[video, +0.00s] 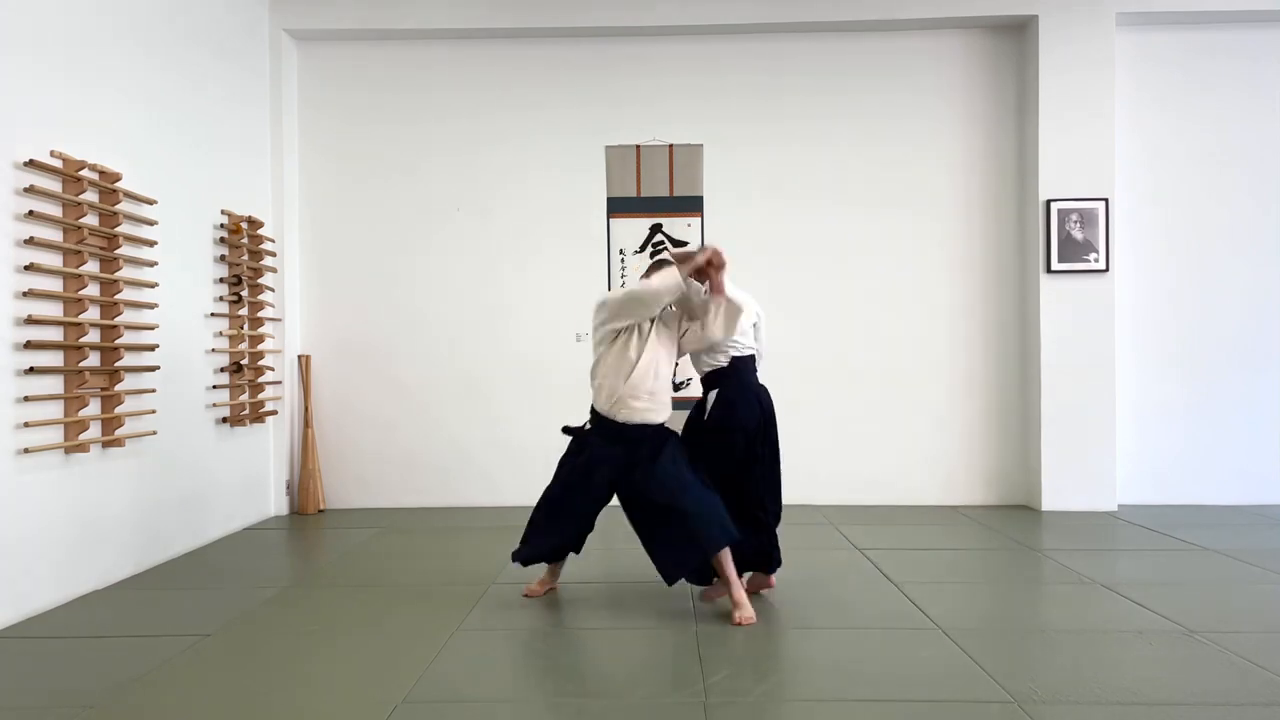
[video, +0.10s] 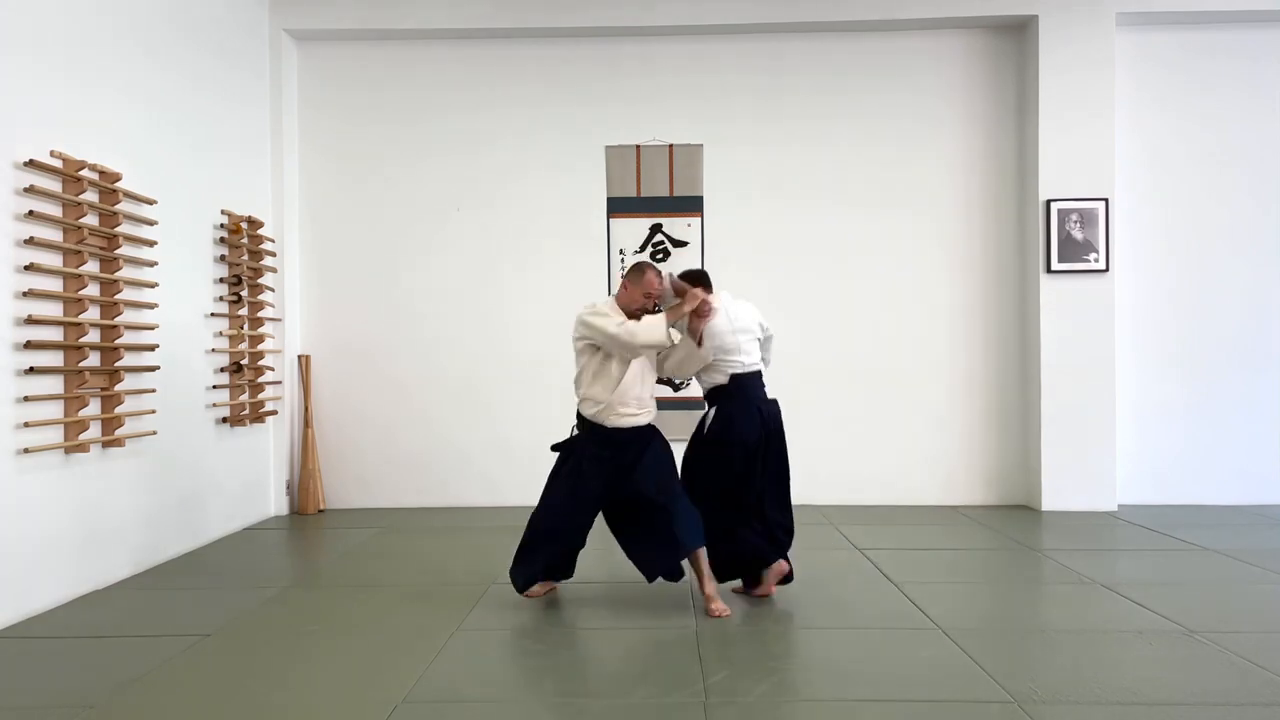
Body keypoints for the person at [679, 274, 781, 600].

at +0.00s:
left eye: (667, 278)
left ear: (686, 276)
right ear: (715, 271)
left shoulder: (689, 310)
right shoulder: (746, 303)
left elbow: (671, 349)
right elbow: (757, 354)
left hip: (721, 397)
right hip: (756, 394)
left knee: (697, 478)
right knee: (757, 480)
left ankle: (725, 572)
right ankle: (763, 568)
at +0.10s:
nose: (675, 306)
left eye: (677, 299)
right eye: (674, 299)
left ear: (690, 294)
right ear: (709, 288)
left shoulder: (693, 323)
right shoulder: (743, 308)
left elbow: (671, 368)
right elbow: (767, 342)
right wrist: (756, 366)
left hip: (728, 411)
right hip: (763, 407)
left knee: (698, 487)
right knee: (756, 489)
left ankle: (771, 560)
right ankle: (759, 579)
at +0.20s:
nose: (680, 334)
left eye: (679, 330)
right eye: (679, 330)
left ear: (684, 327)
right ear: (711, 317)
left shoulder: (685, 352)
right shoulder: (746, 338)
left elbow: (673, 385)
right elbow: (773, 383)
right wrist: (738, 378)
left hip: (728, 443)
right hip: (765, 435)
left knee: (717, 518)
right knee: (772, 509)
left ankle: (793, 567)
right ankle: (767, 588)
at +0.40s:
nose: (724, 408)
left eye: (724, 405)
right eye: (725, 403)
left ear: (688, 401)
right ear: (718, 401)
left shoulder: (669, 434)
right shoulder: (730, 420)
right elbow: (786, 461)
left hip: (722, 526)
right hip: (763, 513)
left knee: (717, 600)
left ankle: (806, 600)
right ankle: (808, 596)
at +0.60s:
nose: (704, 522)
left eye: (703, 516)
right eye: (701, 517)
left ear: (661, 516)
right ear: (683, 522)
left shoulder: (649, 548)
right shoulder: (689, 562)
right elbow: (755, 581)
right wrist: (791, 549)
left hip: (709, 621)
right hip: (751, 621)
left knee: (766, 506)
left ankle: (808, 607)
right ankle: (847, 503)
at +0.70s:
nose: (662, 552)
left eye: (654, 551)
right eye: (655, 557)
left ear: (641, 574)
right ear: (646, 583)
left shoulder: (636, 574)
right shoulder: (670, 626)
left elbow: (636, 518)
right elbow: (735, 618)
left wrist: (590, 547)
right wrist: (769, 557)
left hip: (723, 590)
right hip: (760, 618)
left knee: (742, 509)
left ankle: (788, 458)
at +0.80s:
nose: (648, 412)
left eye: (655, 405)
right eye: (642, 406)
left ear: (668, 390)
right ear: (629, 391)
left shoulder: (685, 409)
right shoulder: (616, 397)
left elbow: (675, 471)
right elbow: (604, 438)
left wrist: (648, 533)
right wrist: (604, 485)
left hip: (694, 460)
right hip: (646, 459)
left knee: (688, 537)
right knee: (609, 529)